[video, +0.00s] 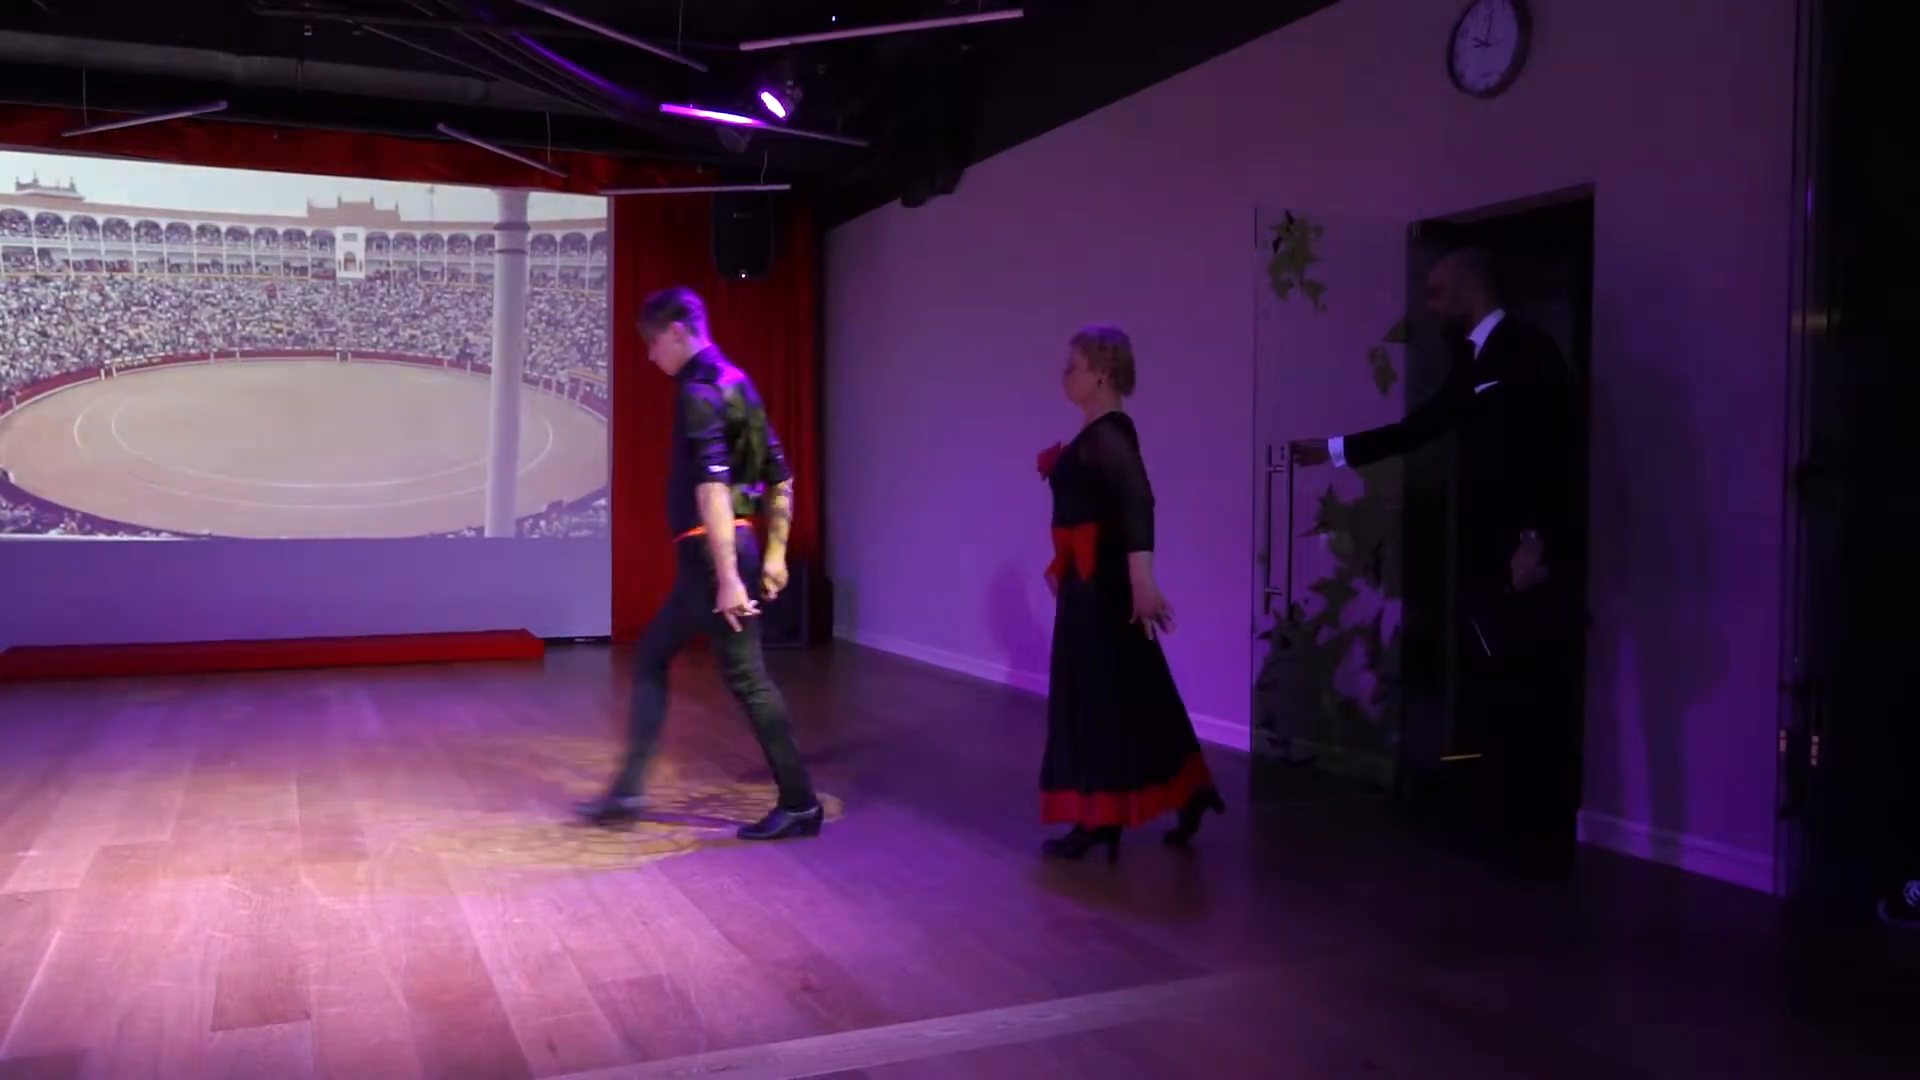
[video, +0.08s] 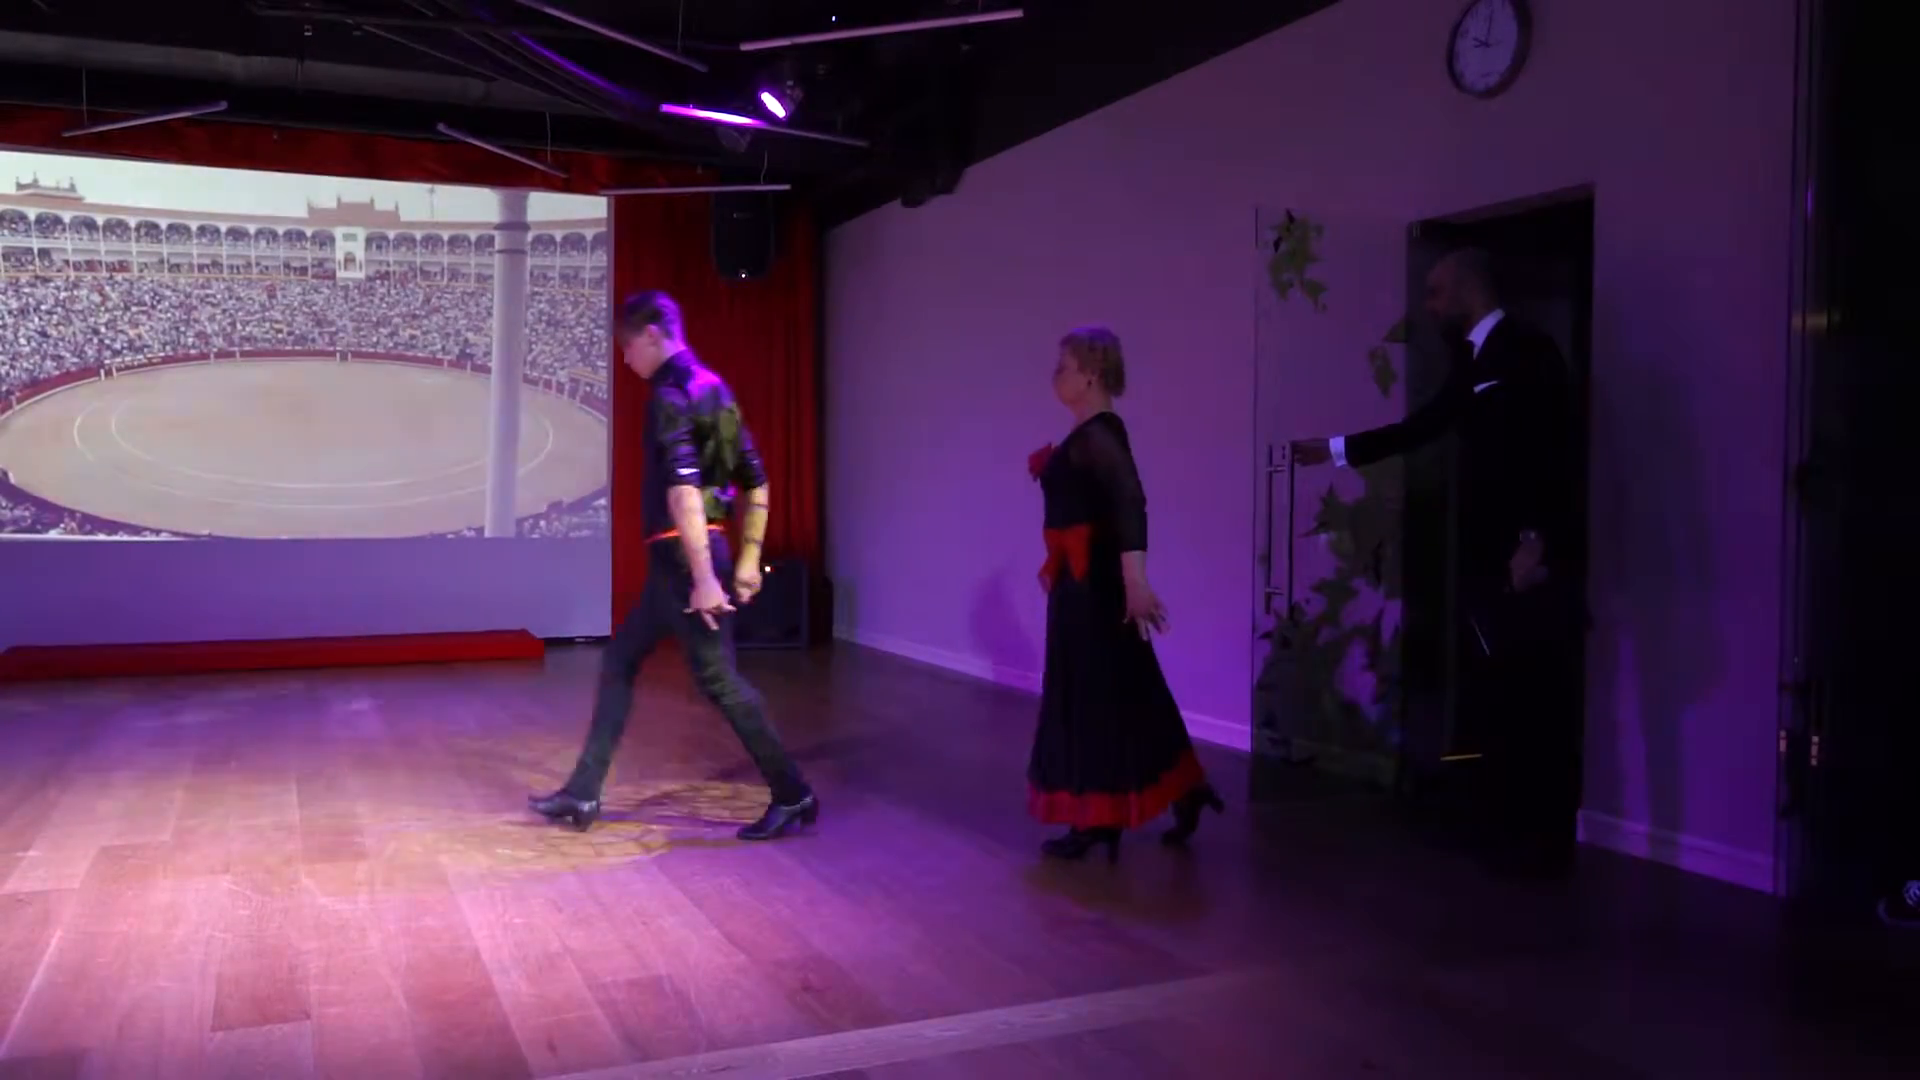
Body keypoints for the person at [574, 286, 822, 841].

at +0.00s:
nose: (652, 355)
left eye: (654, 342)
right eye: (650, 344)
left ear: (682, 331)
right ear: (688, 332)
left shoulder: (699, 391)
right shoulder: (737, 384)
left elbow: (714, 487)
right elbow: (779, 479)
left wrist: (728, 577)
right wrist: (775, 553)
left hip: (713, 555)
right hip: (727, 550)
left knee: (749, 680)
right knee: (653, 654)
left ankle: (800, 802)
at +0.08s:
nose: (626, 356)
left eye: (629, 344)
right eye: (624, 345)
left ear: (657, 334)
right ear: (666, 335)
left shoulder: (670, 395)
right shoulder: (713, 388)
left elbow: (685, 491)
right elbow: (754, 483)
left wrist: (704, 577)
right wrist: (750, 560)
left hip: (682, 558)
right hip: (695, 554)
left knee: (718, 679)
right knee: (620, 658)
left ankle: (792, 794)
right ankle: (583, 791)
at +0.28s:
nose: (567, 360)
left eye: (568, 348)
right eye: (564, 349)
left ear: (593, 337)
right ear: (604, 336)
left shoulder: (610, 392)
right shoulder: (648, 386)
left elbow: (625, 482)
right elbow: (683, 487)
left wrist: (639, 568)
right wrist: (663, 564)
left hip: (597, 555)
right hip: (620, 552)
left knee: (547, 674)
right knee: (569, 676)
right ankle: (567, 799)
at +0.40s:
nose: (533, 362)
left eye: (536, 348)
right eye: (531, 350)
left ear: (562, 339)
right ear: (574, 339)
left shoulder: (580, 391)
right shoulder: (619, 388)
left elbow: (595, 481)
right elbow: (648, 487)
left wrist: (602, 563)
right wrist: (634, 564)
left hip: (557, 555)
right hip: (593, 559)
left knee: (479, 656)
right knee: (553, 675)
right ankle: (568, 800)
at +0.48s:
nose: (514, 362)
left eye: (516, 350)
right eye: (512, 351)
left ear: (544, 338)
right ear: (551, 338)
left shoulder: (560, 393)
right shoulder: (596, 388)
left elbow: (574, 483)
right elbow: (634, 484)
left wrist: (578, 566)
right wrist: (616, 561)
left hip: (537, 557)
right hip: (574, 557)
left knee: (464, 660)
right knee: (542, 675)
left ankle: (445, 794)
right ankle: (567, 801)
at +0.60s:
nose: (482, 359)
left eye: (484, 346)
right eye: (480, 348)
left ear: (510, 337)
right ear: (520, 337)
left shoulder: (528, 393)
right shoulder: (566, 390)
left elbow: (543, 480)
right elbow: (610, 477)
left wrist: (544, 562)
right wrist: (587, 549)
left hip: (504, 557)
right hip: (545, 556)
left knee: (458, 676)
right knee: (530, 677)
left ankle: (417, 797)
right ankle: (566, 800)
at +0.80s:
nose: (444, 353)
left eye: (445, 340)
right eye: (441, 342)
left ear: (471, 331)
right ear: (487, 329)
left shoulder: (484, 386)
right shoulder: (526, 383)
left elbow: (497, 473)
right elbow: (575, 465)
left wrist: (504, 547)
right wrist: (556, 538)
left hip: (464, 547)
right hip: (510, 543)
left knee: (439, 674)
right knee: (515, 671)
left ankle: (418, 796)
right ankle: (566, 790)